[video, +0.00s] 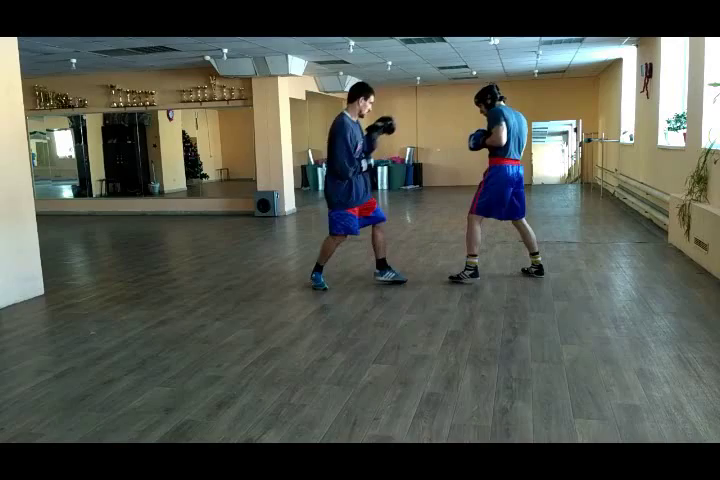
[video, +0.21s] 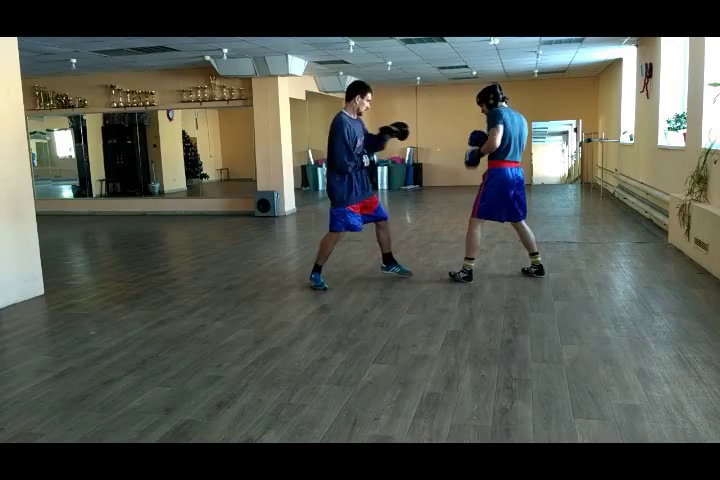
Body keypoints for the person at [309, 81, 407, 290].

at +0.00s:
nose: (370, 108)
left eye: (371, 103)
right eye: (369, 102)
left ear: (357, 101)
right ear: (359, 100)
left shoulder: (355, 124)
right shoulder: (342, 125)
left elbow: (362, 154)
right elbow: (344, 169)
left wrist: (374, 133)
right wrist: (366, 160)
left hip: (359, 189)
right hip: (342, 192)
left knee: (379, 221)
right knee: (339, 233)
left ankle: (383, 269)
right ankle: (317, 272)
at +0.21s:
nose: (368, 106)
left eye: (369, 101)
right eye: (367, 100)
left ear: (356, 100)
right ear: (357, 99)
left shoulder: (358, 122)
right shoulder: (341, 123)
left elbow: (368, 144)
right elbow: (341, 165)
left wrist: (386, 135)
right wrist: (370, 158)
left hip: (363, 187)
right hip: (344, 190)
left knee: (382, 220)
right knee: (336, 232)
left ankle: (389, 262)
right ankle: (316, 273)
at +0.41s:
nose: (385, 106)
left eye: (387, 102)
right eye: (383, 101)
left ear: (380, 102)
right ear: (372, 100)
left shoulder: (382, 123)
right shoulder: (353, 124)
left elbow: (389, 141)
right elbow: (344, 161)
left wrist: (407, 121)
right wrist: (373, 162)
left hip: (375, 188)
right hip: (351, 189)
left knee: (386, 224)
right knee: (336, 229)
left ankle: (388, 265)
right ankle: (317, 272)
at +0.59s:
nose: (394, 107)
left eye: (396, 103)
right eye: (392, 102)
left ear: (385, 101)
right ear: (380, 99)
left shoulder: (395, 117)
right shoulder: (360, 120)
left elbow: (422, 113)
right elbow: (349, 155)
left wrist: (449, 103)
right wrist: (377, 158)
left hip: (375, 182)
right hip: (353, 183)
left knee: (384, 223)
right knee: (343, 223)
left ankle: (389, 265)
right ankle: (328, 267)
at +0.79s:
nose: (386, 104)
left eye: (387, 100)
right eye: (384, 100)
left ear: (379, 99)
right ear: (371, 97)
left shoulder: (386, 118)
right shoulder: (352, 120)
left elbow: (399, 135)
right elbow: (344, 154)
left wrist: (417, 119)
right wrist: (370, 155)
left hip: (378, 182)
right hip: (355, 182)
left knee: (385, 223)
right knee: (345, 222)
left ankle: (390, 263)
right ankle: (332, 260)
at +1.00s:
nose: (379, 108)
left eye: (380, 104)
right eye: (377, 103)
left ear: (367, 103)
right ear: (365, 101)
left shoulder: (371, 123)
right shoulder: (349, 125)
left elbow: (379, 151)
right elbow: (346, 163)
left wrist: (391, 134)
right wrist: (375, 160)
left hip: (375, 183)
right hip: (355, 187)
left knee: (392, 214)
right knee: (350, 224)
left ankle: (395, 259)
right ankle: (333, 261)